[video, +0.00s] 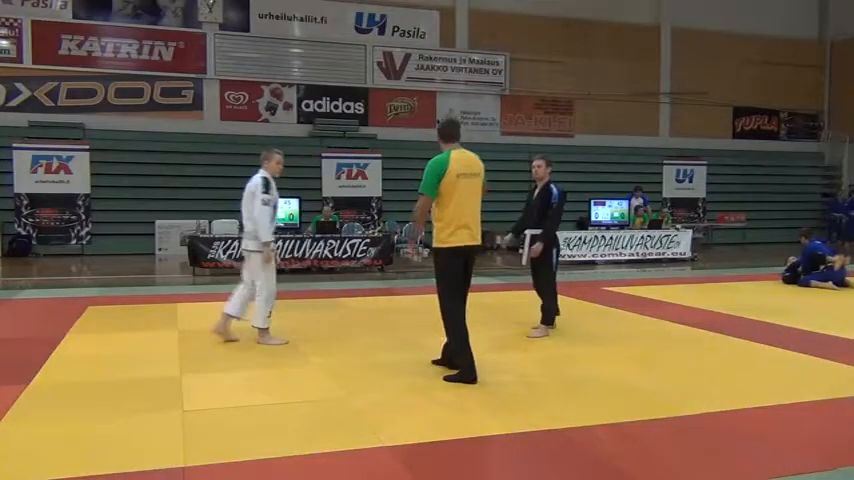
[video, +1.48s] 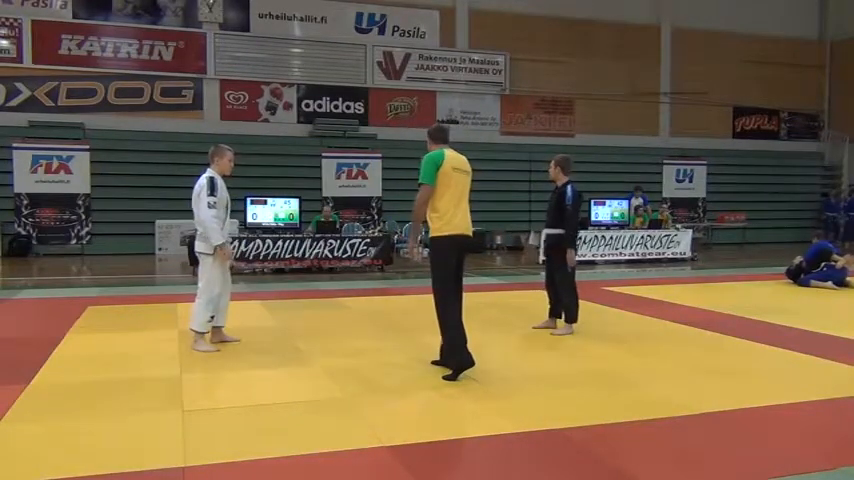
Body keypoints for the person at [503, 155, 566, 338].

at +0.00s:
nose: (535, 170)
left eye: (539, 167)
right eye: (533, 167)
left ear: (548, 169)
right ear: (532, 171)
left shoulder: (554, 192)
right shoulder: (533, 191)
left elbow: (553, 220)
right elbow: (526, 216)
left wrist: (541, 241)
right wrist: (513, 234)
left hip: (547, 241)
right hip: (533, 240)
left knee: (547, 282)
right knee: (538, 282)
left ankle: (546, 323)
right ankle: (551, 310)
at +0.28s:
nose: (534, 171)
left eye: (537, 168)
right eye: (532, 168)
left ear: (547, 169)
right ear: (531, 172)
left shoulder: (557, 191)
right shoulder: (533, 193)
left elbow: (565, 217)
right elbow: (528, 218)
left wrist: (564, 242)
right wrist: (524, 240)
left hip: (553, 241)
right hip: (538, 241)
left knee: (552, 280)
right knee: (542, 281)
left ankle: (549, 321)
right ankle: (552, 312)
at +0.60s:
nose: (536, 171)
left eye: (539, 167)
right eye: (535, 169)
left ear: (549, 169)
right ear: (535, 172)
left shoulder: (558, 189)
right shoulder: (538, 192)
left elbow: (565, 216)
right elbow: (535, 219)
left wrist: (565, 240)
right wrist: (529, 242)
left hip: (554, 239)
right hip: (540, 240)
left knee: (557, 280)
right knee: (545, 279)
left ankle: (566, 321)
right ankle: (551, 317)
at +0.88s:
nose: (542, 175)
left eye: (545, 171)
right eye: (541, 171)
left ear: (556, 170)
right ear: (549, 172)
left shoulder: (564, 189)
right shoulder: (547, 192)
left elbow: (559, 216)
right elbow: (543, 216)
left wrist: (545, 231)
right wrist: (537, 231)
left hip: (559, 241)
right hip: (546, 240)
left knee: (561, 280)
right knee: (548, 279)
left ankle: (568, 322)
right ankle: (552, 317)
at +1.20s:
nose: (547, 171)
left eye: (549, 168)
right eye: (547, 168)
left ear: (558, 169)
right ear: (557, 170)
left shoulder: (568, 190)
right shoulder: (553, 190)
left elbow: (563, 219)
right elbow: (548, 217)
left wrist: (551, 242)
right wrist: (542, 240)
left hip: (561, 239)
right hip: (549, 238)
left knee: (564, 280)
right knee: (550, 280)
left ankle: (569, 323)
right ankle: (552, 317)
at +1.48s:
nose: (549, 171)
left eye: (551, 168)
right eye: (550, 168)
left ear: (558, 169)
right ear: (560, 170)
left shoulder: (570, 190)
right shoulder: (557, 190)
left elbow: (571, 221)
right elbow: (552, 222)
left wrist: (571, 247)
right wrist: (545, 247)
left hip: (563, 242)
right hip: (551, 241)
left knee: (565, 282)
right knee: (552, 280)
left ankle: (569, 323)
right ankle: (552, 317)